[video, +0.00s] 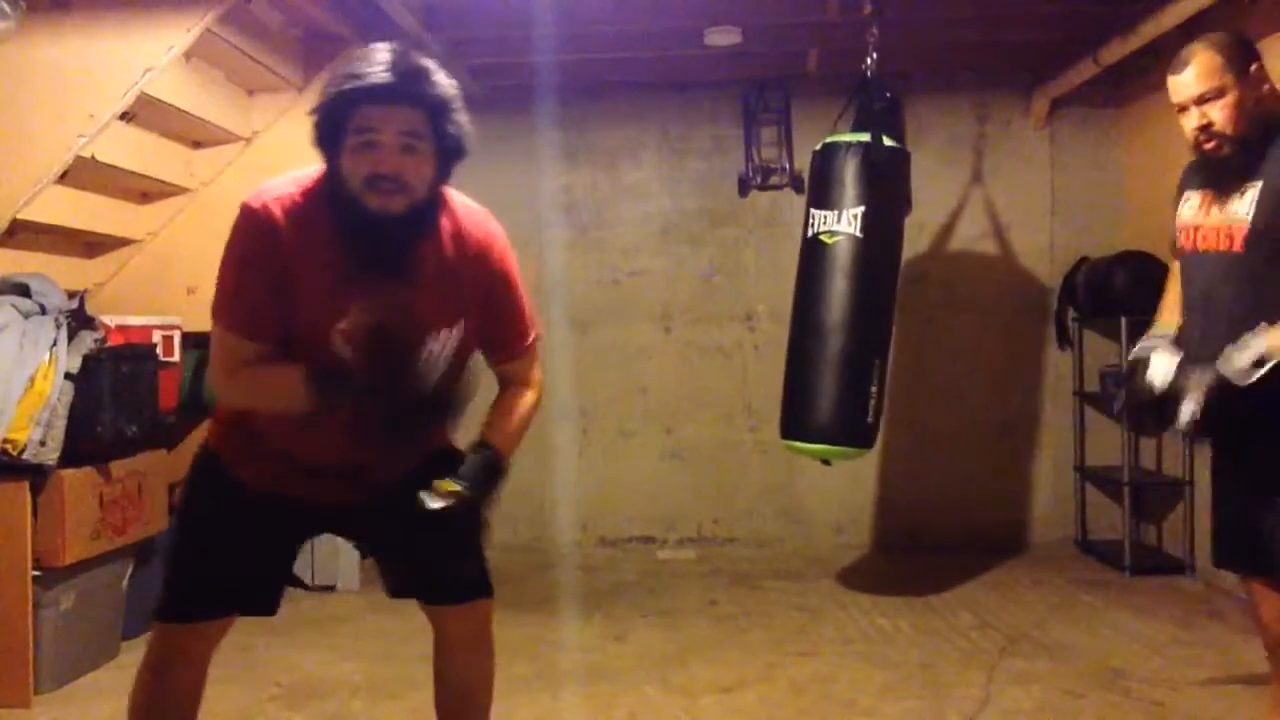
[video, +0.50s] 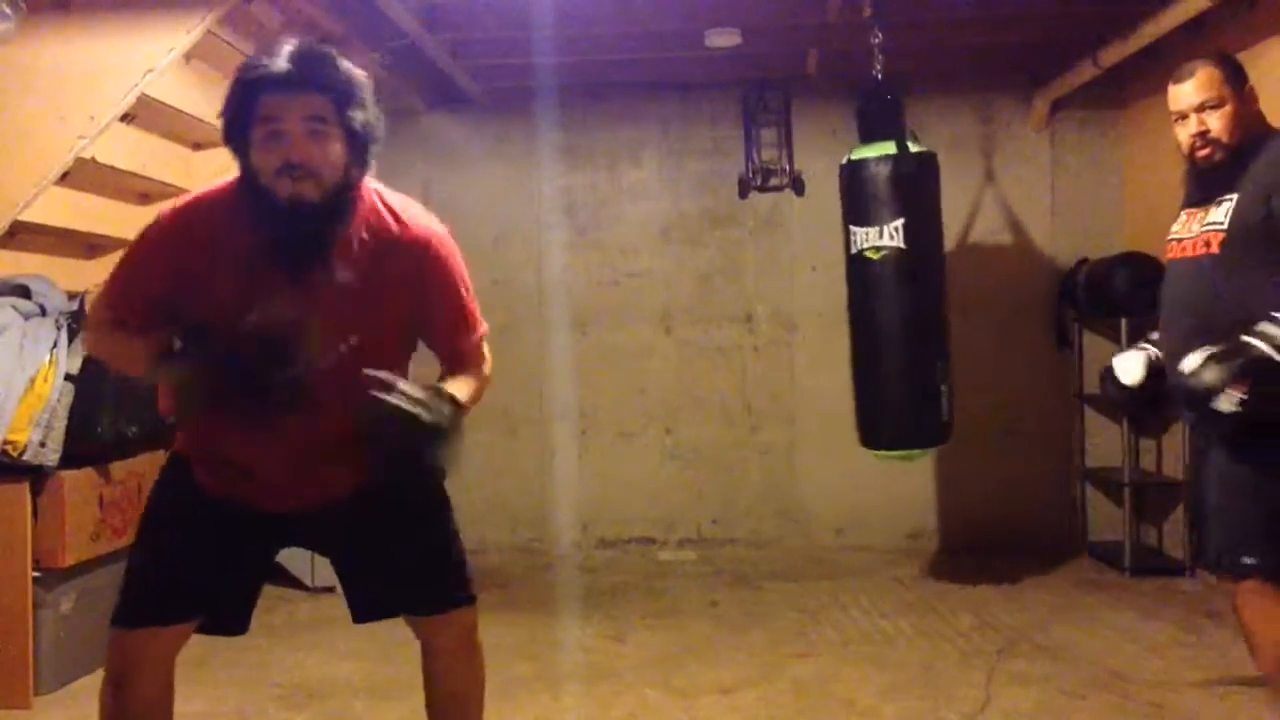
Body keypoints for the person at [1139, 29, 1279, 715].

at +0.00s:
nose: (1197, 123)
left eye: (1210, 99)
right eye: (1183, 109)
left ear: (1258, 84)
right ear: (1173, 111)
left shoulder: (1277, 166)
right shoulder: (1196, 176)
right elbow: (1184, 273)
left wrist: (1275, 337)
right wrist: (1163, 338)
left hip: (1279, 412)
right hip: (1236, 411)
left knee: (1271, 580)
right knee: (1259, 573)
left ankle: (1275, 689)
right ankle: (1274, 686)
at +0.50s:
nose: (1194, 129)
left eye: (1208, 109)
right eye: (1180, 117)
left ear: (1247, 101)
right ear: (1171, 122)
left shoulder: (1273, 166)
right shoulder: (1198, 182)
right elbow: (1193, 295)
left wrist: (1264, 349)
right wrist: (1154, 353)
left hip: (1259, 415)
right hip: (1217, 413)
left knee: (1257, 576)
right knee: (1243, 571)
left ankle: (1273, 686)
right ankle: (1270, 681)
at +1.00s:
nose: (1174, 129)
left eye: (1188, 108)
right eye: (1160, 117)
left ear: (1230, 98)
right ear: (1151, 122)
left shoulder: (1258, 164)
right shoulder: (1199, 184)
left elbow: (1256, 288)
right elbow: (1182, 305)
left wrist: (1166, 248)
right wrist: (1128, 270)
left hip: (1249, 421)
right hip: (1218, 422)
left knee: (1241, 605)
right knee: (1245, 601)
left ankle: (1236, 716)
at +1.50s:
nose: (1111, 119)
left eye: (1125, 96)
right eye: (1096, 108)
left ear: (1166, 84)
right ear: (1085, 113)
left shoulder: (1210, 155)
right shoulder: (1146, 171)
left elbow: (1220, 300)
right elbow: (1144, 298)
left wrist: (1114, 251)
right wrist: (1089, 272)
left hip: (1239, 414)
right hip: (1212, 413)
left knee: (1241, 610)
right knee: (1245, 605)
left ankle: (1236, 714)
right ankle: (1243, 707)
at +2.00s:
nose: (1154, 117)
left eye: (1170, 94)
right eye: (1142, 103)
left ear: (1221, 83)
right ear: (1136, 107)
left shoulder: (1256, 152)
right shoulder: (1184, 168)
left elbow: (1255, 286)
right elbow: (1155, 289)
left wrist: (1144, 240)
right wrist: (1100, 253)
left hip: (1248, 414)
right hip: (1213, 415)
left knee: (1241, 609)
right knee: (1242, 604)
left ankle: (1235, 714)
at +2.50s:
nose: (1265, 119)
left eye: (1274, 101)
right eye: (1256, 107)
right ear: (1247, 117)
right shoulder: (1252, 211)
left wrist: (1225, 252)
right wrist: (1221, 258)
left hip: (1270, 422)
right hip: (1263, 421)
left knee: (1258, 602)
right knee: (1257, 600)